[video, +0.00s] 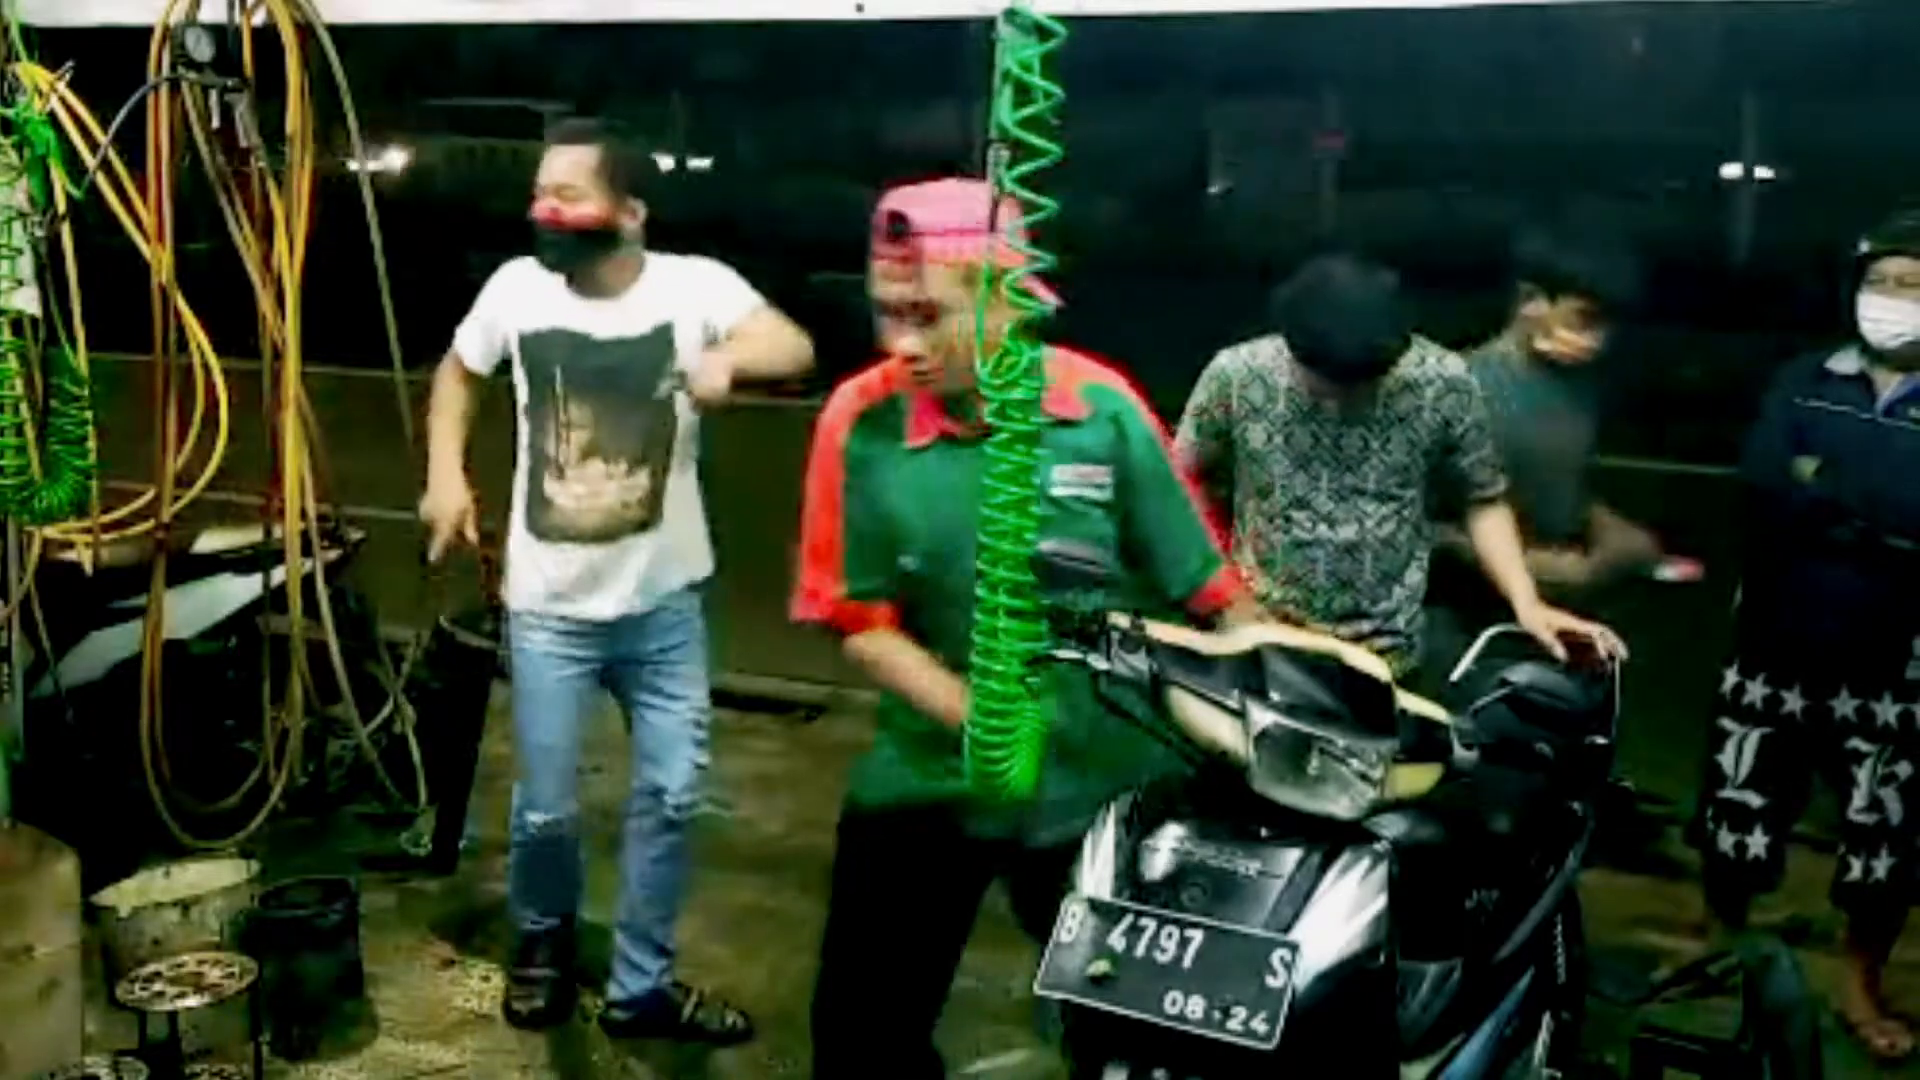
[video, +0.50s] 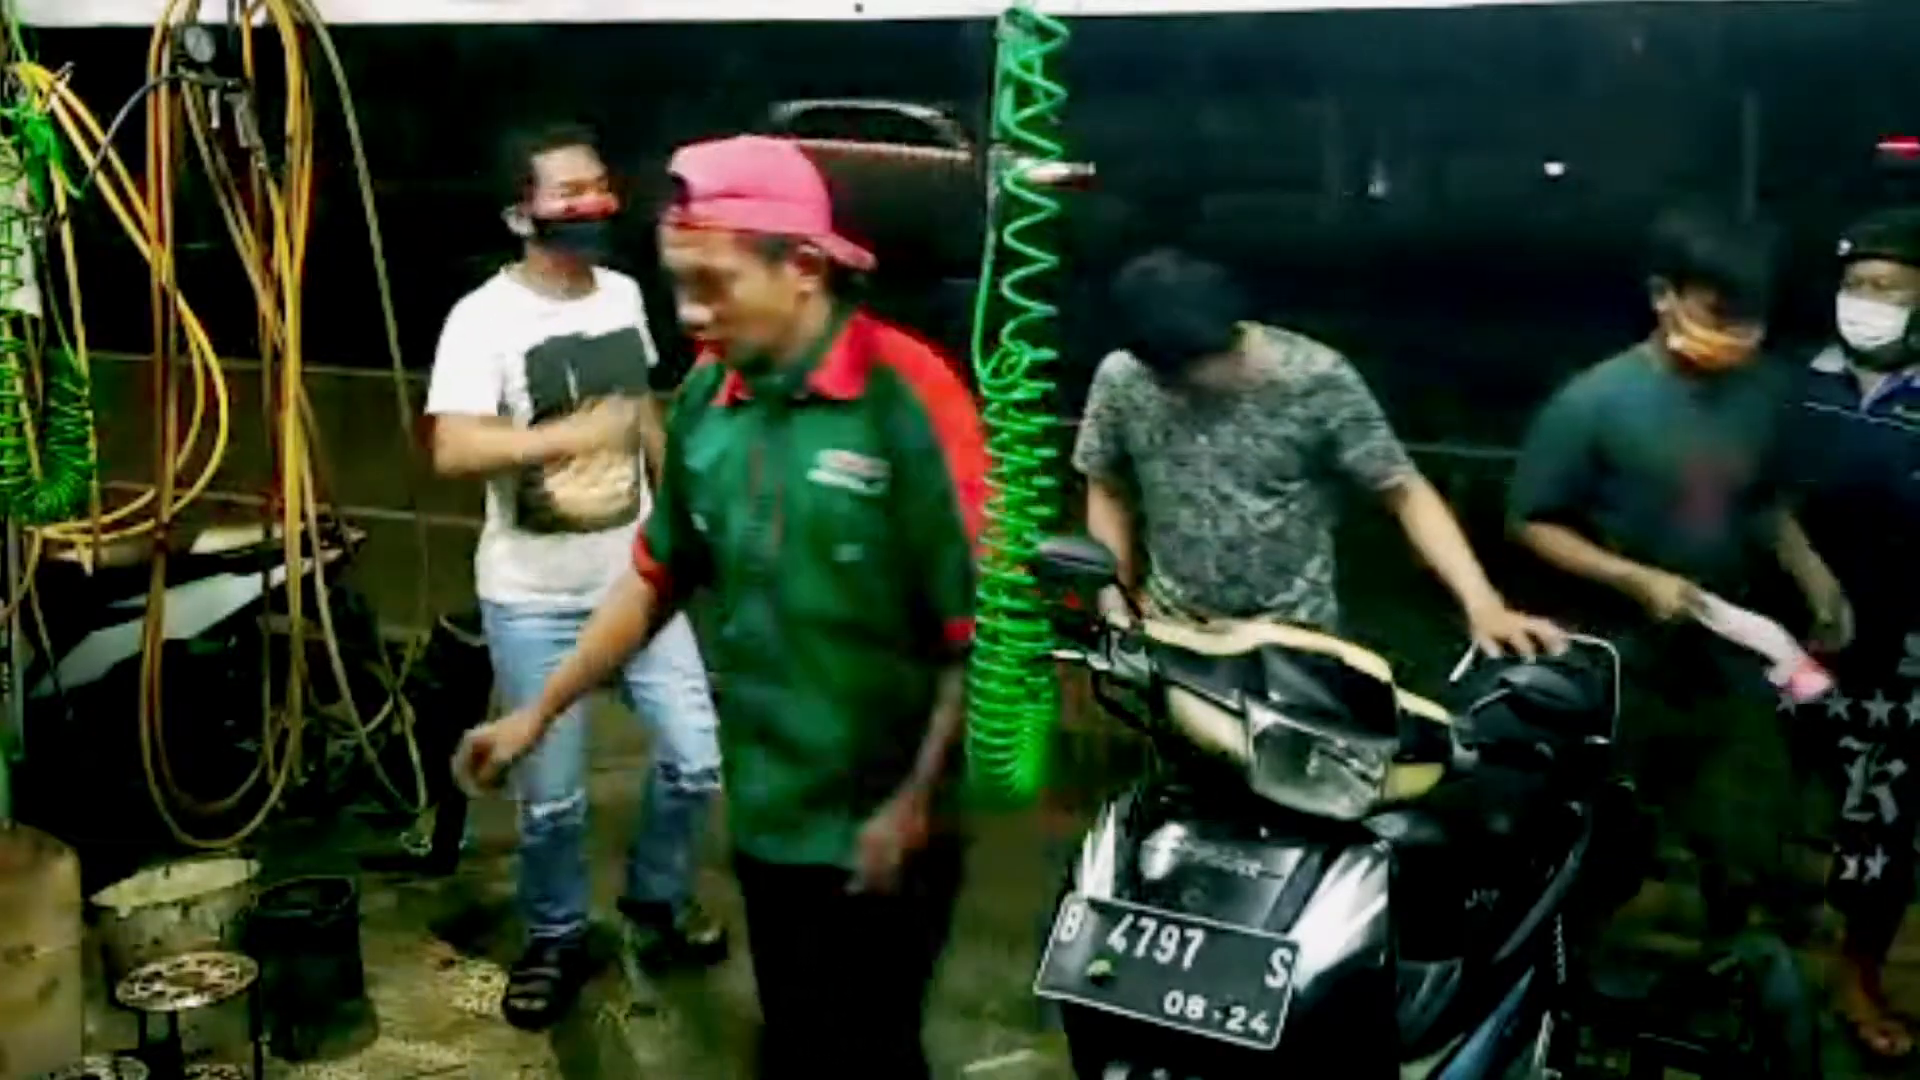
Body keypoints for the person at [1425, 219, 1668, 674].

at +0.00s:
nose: (1595, 342)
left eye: (1602, 325)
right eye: (1582, 321)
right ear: (1532, 305)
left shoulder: (1570, 387)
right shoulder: (1471, 387)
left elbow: (1566, 496)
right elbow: (1440, 529)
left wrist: (1625, 540)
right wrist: (1549, 567)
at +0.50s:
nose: (1734, 343)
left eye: (1747, 324)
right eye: (1716, 321)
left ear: (1765, 317)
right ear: (1664, 301)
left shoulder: (1758, 397)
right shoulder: (1595, 402)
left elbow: (1763, 506)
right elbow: (1530, 523)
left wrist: (1815, 581)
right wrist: (1637, 580)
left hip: (1729, 667)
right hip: (1623, 669)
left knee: (1744, 843)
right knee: (1615, 845)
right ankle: (1567, 979)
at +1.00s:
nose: (1881, 290)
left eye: (1898, 269)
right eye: (1864, 266)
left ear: (1917, 279)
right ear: (1817, 262)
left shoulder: (1913, 399)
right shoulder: (1740, 387)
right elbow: (1686, 495)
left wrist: (1918, 699)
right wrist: (1707, 581)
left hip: (1883, 721)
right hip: (1754, 708)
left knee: (1872, 952)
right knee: (1747, 910)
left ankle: (1849, 1072)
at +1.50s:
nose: (1807, 264)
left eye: (1834, 240)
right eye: (1784, 240)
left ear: (1875, 248)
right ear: (1746, 241)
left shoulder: (1905, 361)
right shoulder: (1698, 379)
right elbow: (1677, 495)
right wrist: (1671, 566)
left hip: (1896, 707)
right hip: (1765, 713)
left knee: (1909, 925)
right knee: (1768, 944)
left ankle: (1894, 1058)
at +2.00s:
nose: (1872, 311)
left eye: (1899, 291)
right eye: (1853, 285)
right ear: (1812, 275)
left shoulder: (1918, 406)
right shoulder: (1771, 397)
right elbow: (1757, 513)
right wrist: (1697, 572)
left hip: (1902, 778)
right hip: (1784, 755)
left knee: (1895, 1033)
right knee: (1788, 1000)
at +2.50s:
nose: (1902, 376)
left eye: (1912, 356)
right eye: (1893, 349)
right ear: (1869, 326)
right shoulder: (1848, 406)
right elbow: (1854, 519)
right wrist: (1779, 596)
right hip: (1884, 740)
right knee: (1861, 926)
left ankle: (1879, 1039)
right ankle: (1859, 1041)